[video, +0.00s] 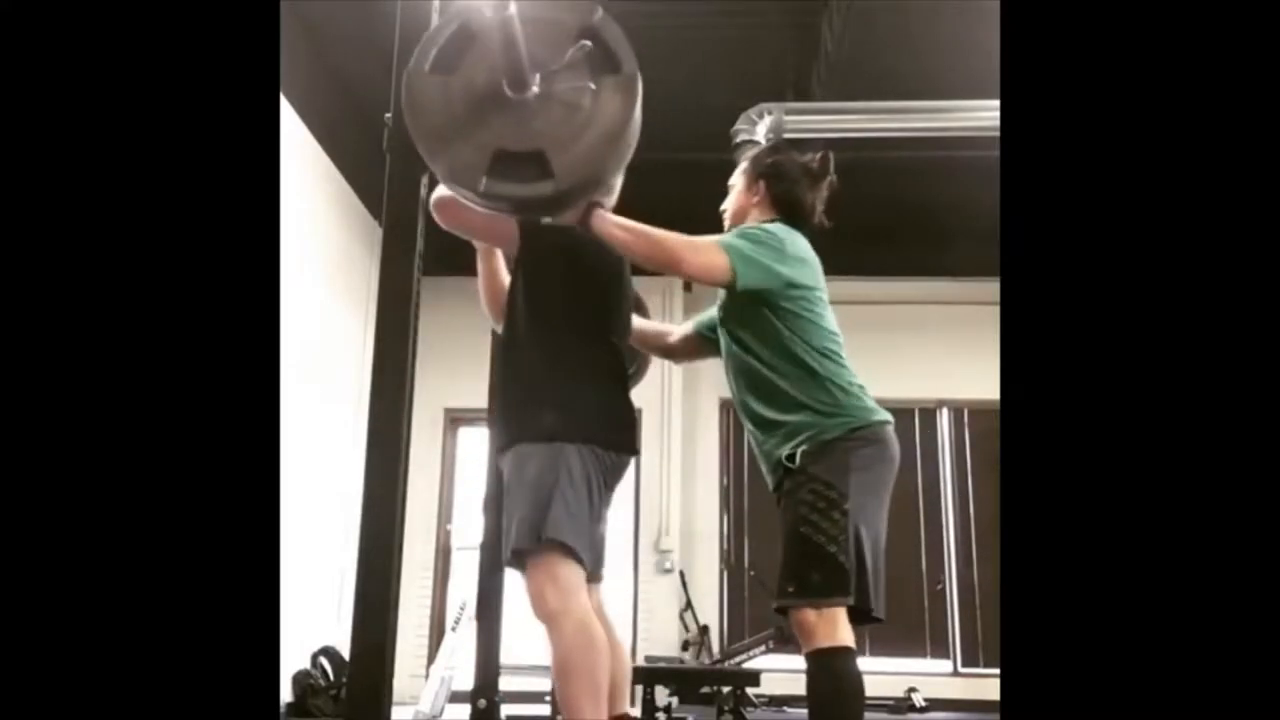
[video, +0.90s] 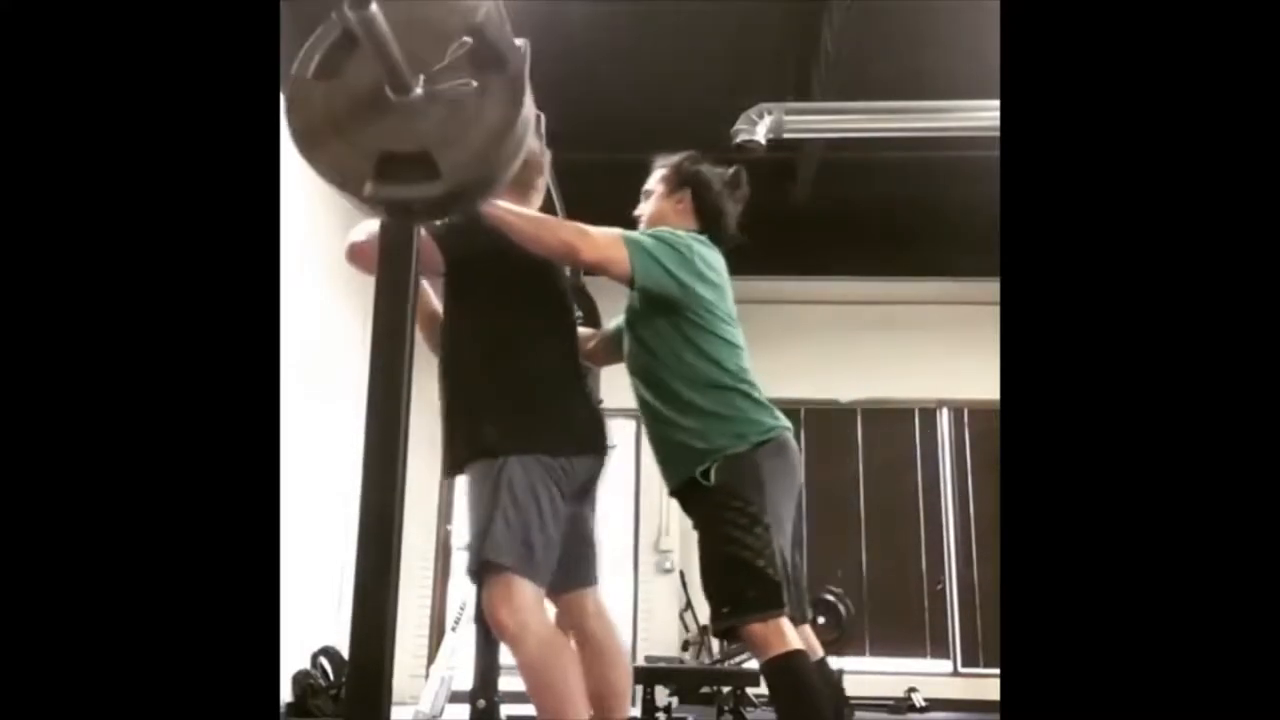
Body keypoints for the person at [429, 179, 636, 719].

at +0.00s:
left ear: (553, 177)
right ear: (596, 187)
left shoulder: (564, 243)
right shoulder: (592, 253)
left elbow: (449, 209)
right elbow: (503, 313)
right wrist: (485, 236)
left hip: (559, 429)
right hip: (587, 431)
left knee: (556, 593)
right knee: (583, 597)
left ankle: (584, 714)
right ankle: (616, 711)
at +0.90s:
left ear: (480, 160)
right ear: (539, 171)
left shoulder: (484, 225)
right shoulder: (541, 239)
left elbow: (365, 247)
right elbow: (451, 342)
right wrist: (410, 282)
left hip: (521, 441)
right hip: (571, 437)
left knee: (512, 607)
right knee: (581, 606)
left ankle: (576, 713)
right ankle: (614, 713)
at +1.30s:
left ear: (486, 178)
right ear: (544, 177)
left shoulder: (503, 245)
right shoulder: (548, 247)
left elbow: (473, 351)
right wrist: (506, 482)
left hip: (558, 444)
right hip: (599, 438)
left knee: (555, 602)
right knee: (599, 605)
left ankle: (586, 716)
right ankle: (623, 714)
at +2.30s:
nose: (535, 189)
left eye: (547, 177)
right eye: (522, 180)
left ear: (571, 190)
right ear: (504, 200)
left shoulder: (606, 250)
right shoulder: (501, 297)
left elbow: (628, 355)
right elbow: (474, 388)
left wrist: (589, 453)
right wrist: (438, 457)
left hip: (576, 454)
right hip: (513, 464)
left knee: (560, 591)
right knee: (535, 602)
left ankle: (592, 715)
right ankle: (565, 714)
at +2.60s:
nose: (604, 170)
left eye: (609, 158)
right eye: (587, 160)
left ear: (621, 166)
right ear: (548, 175)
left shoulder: (659, 241)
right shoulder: (523, 270)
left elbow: (718, 327)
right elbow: (501, 375)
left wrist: (755, 430)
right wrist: (503, 474)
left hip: (625, 452)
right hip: (539, 461)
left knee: (636, 589)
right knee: (558, 611)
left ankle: (660, 715)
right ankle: (574, 717)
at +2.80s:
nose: (679, 139)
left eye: (677, 127)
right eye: (664, 126)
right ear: (614, 140)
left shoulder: (709, 225)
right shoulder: (550, 237)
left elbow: (755, 319)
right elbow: (519, 346)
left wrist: (767, 410)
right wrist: (524, 454)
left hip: (686, 441)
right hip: (586, 445)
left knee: (679, 603)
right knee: (573, 610)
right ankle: (570, 719)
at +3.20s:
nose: (801, 91)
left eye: (798, 76)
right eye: (789, 73)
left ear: (754, 82)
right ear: (746, 78)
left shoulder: (798, 197)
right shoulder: (656, 157)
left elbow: (837, 297)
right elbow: (602, 266)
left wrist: (876, 366)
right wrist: (645, 350)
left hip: (757, 407)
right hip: (672, 382)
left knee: (718, 597)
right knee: (673, 528)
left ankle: (691, 718)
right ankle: (648, 697)